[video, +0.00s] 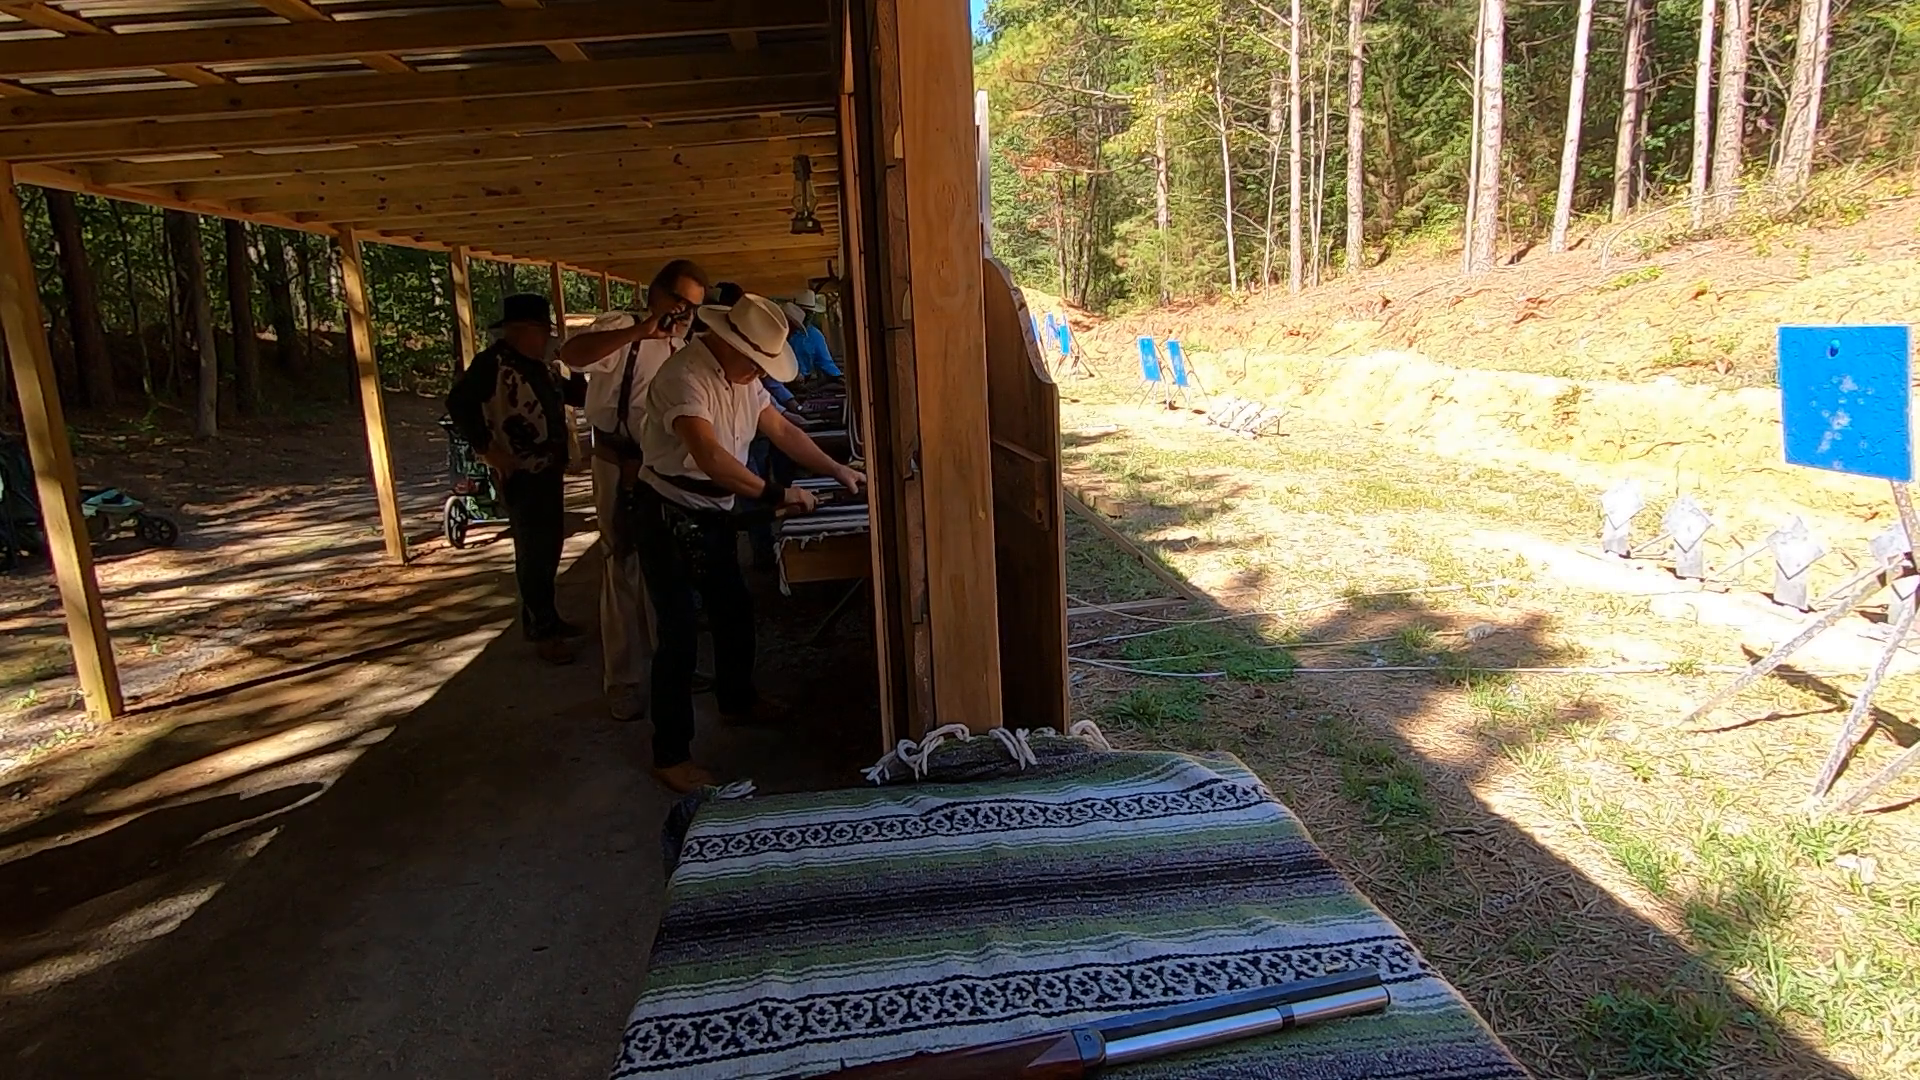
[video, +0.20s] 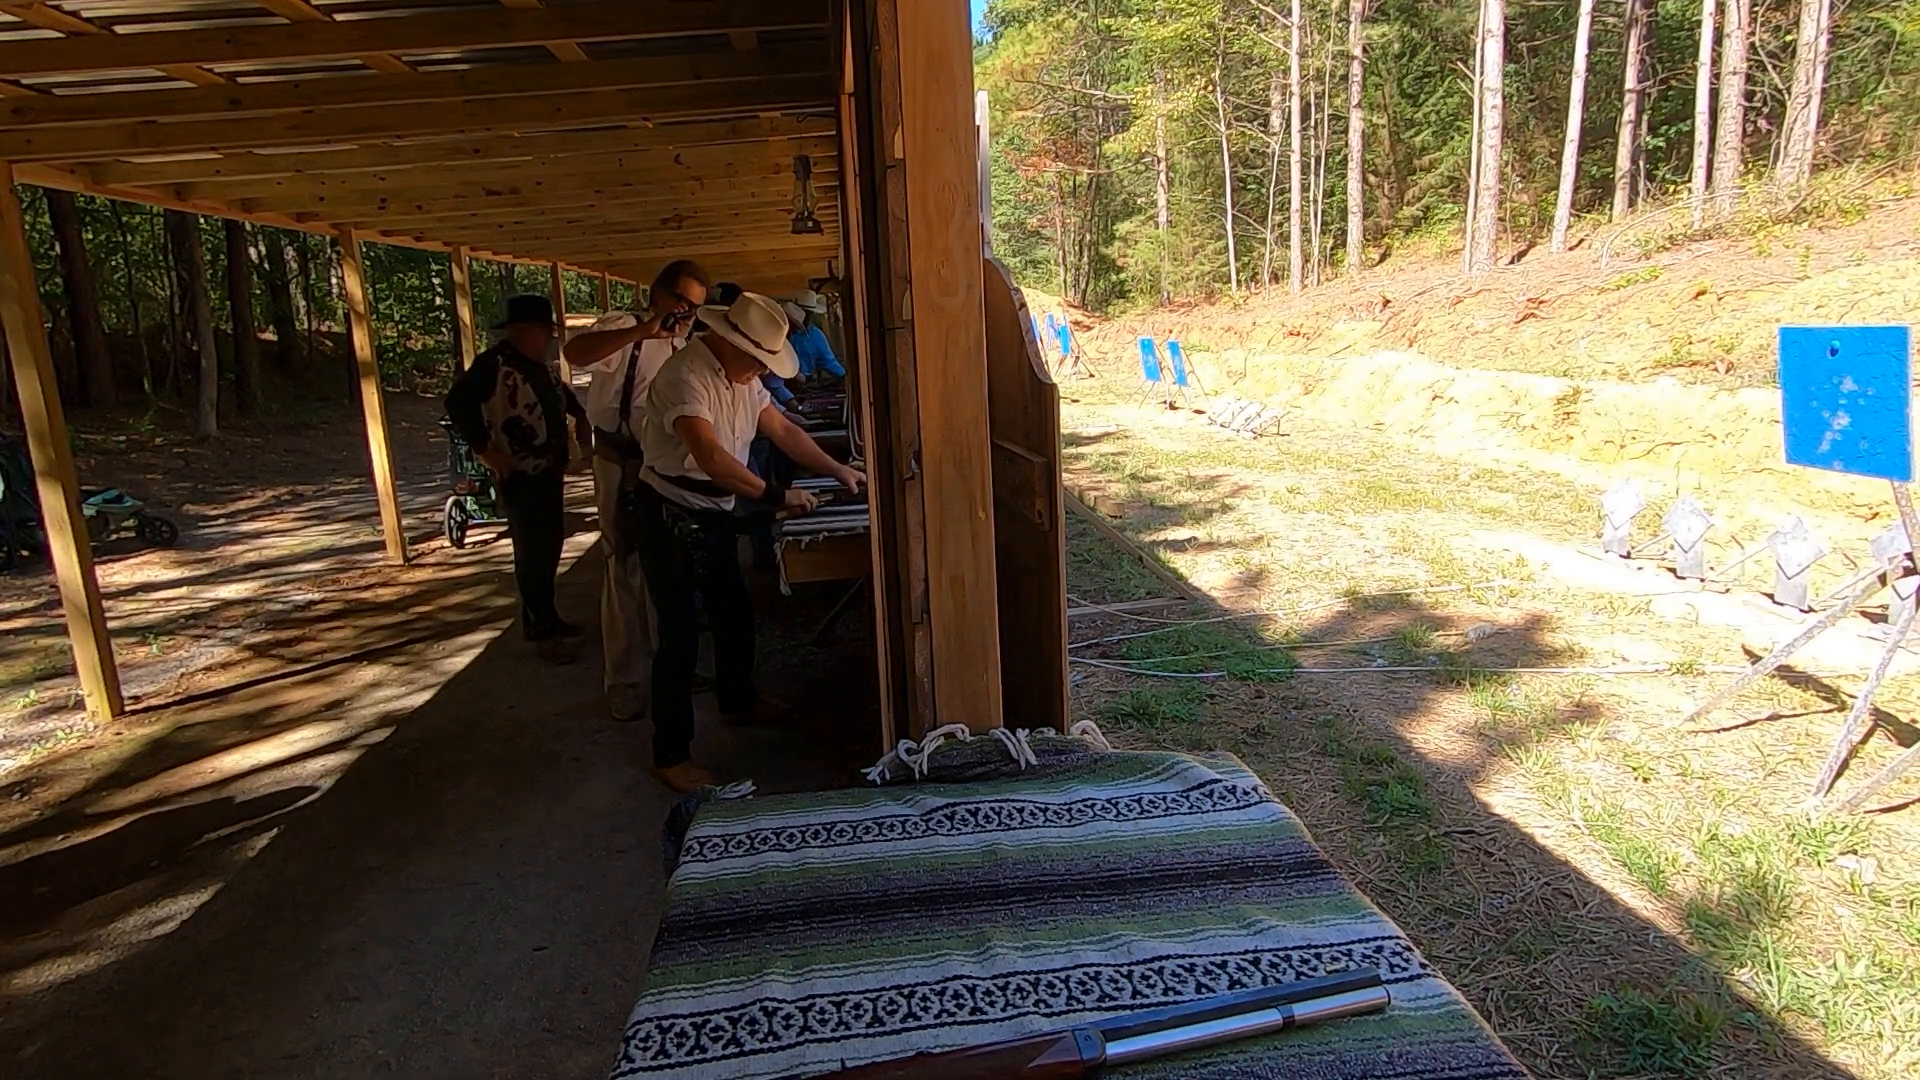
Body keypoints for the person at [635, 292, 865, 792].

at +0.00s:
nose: (759, 372)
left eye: (763, 366)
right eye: (754, 362)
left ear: (757, 358)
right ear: (728, 345)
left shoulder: (746, 379)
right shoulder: (684, 375)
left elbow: (781, 430)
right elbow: (705, 454)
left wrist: (837, 467)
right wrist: (773, 492)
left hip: (715, 514)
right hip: (665, 515)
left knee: (734, 613)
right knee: (679, 632)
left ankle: (738, 703)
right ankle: (670, 758)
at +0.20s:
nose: (761, 371)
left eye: (765, 364)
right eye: (757, 361)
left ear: (755, 354)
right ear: (729, 344)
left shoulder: (745, 378)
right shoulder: (685, 374)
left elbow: (782, 430)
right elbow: (706, 453)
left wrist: (837, 467)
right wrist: (772, 494)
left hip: (716, 514)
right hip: (665, 514)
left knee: (734, 614)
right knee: (680, 632)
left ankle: (738, 703)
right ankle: (671, 757)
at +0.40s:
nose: (769, 358)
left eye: (770, 350)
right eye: (765, 350)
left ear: (740, 347)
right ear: (739, 347)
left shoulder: (741, 373)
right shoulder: (686, 372)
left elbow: (780, 427)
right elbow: (708, 451)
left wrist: (838, 469)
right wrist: (772, 493)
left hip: (717, 512)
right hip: (668, 513)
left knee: (734, 614)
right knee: (684, 632)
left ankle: (738, 703)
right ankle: (671, 757)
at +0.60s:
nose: (768, 347)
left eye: (769, 339)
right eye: (766, 338)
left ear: (739, 337)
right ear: (745, 339)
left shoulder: (740, 372)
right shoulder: (689, 369)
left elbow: (781, 428)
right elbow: (712, 447)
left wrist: (837, 469)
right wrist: (775, 493)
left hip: (717, 514)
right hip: (672, 515)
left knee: (733, 615)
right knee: (686, 635)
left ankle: (738, 704)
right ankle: (671, 757)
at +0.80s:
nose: (770, 351)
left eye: (770, 342)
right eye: (769, 342)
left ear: (741, 338)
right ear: (750, 340)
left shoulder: (742, 375)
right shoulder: (689, 368)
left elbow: (782, 431)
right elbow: (713, 447)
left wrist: (837, 470)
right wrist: (775, 493)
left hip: (717, 515)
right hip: (671, 516)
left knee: (734, 615)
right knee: (685, 634)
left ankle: (738, 703)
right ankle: (671, 757)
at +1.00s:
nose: (771, 354)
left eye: (773, 346)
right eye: (770, 345)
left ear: (744, 340)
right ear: (750, 341)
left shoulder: (742, 375)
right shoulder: (690, 367)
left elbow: (780, 430)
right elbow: (711, 446)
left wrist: (838, 470)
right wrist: (774, 493)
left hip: (716, 514)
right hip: (670, 514)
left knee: (734, 613)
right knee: (685, 632)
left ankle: (739, 704)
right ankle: (671, 756)